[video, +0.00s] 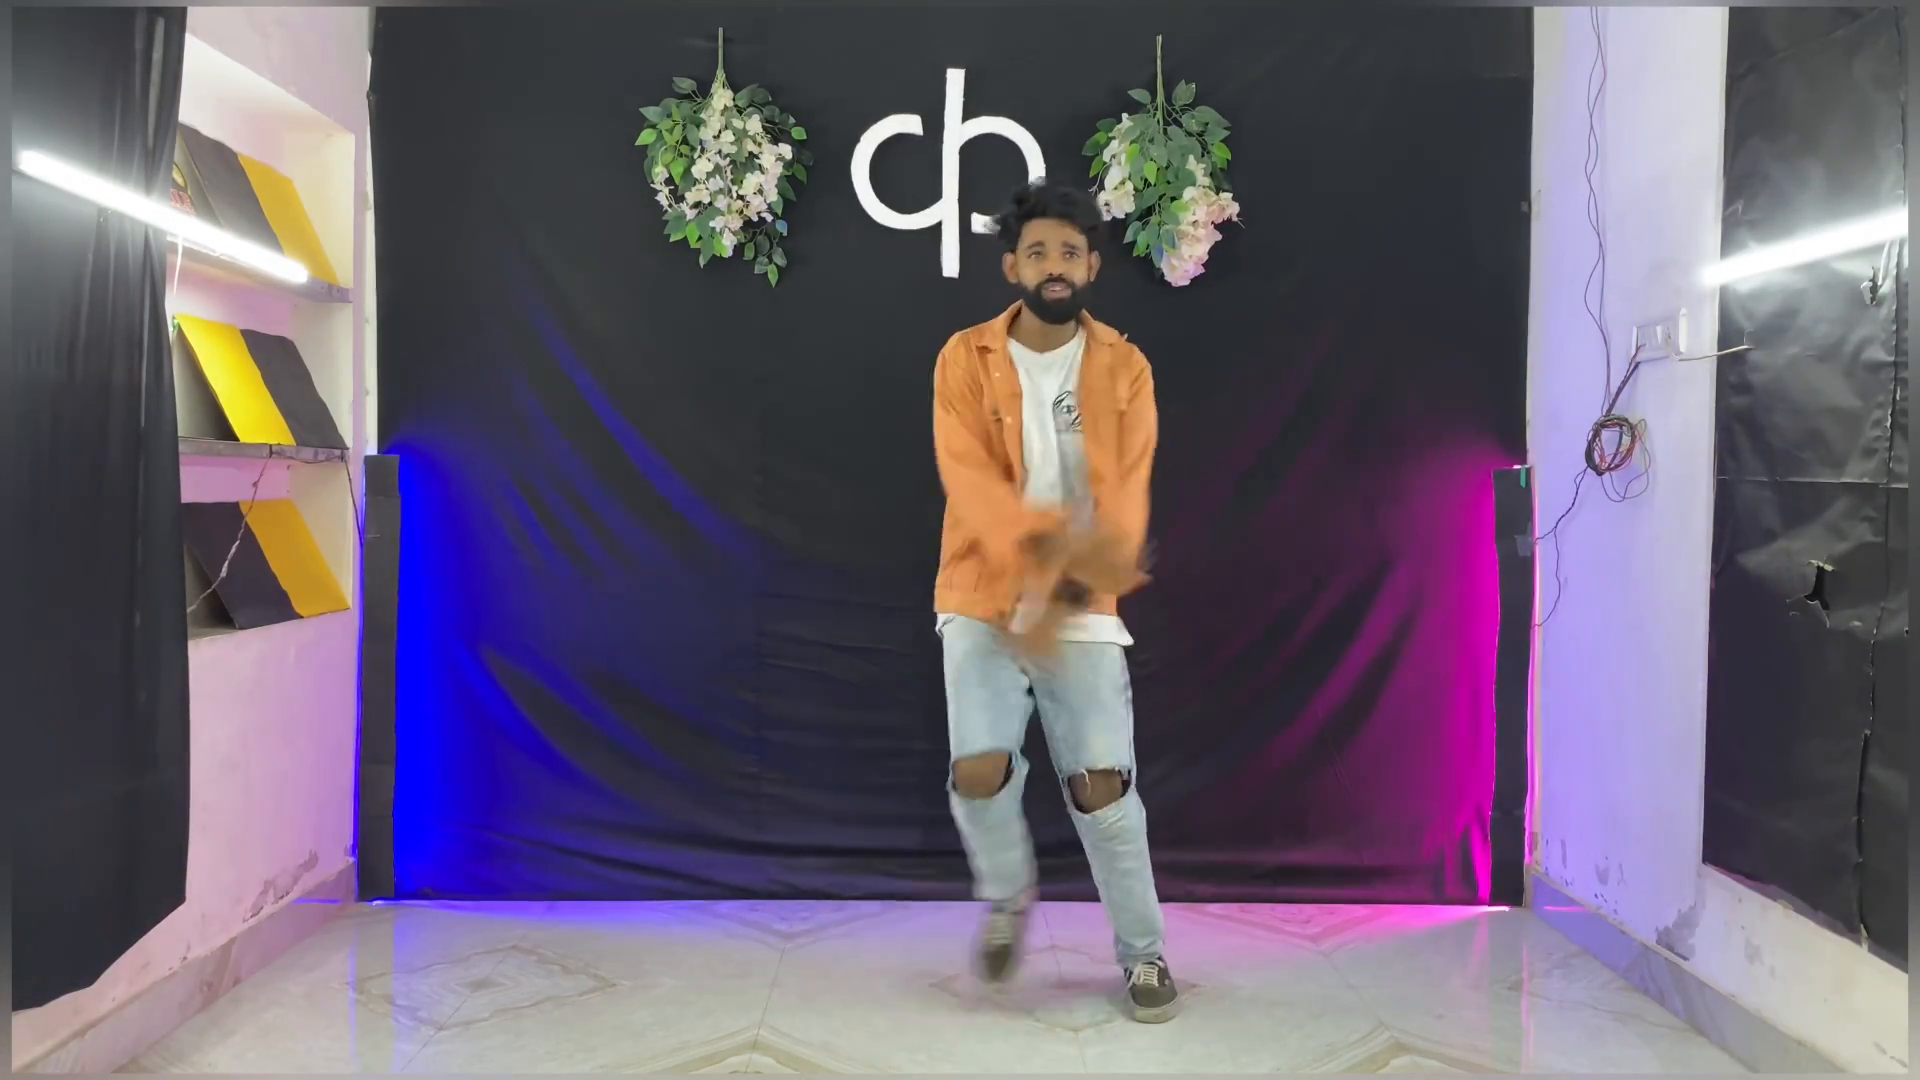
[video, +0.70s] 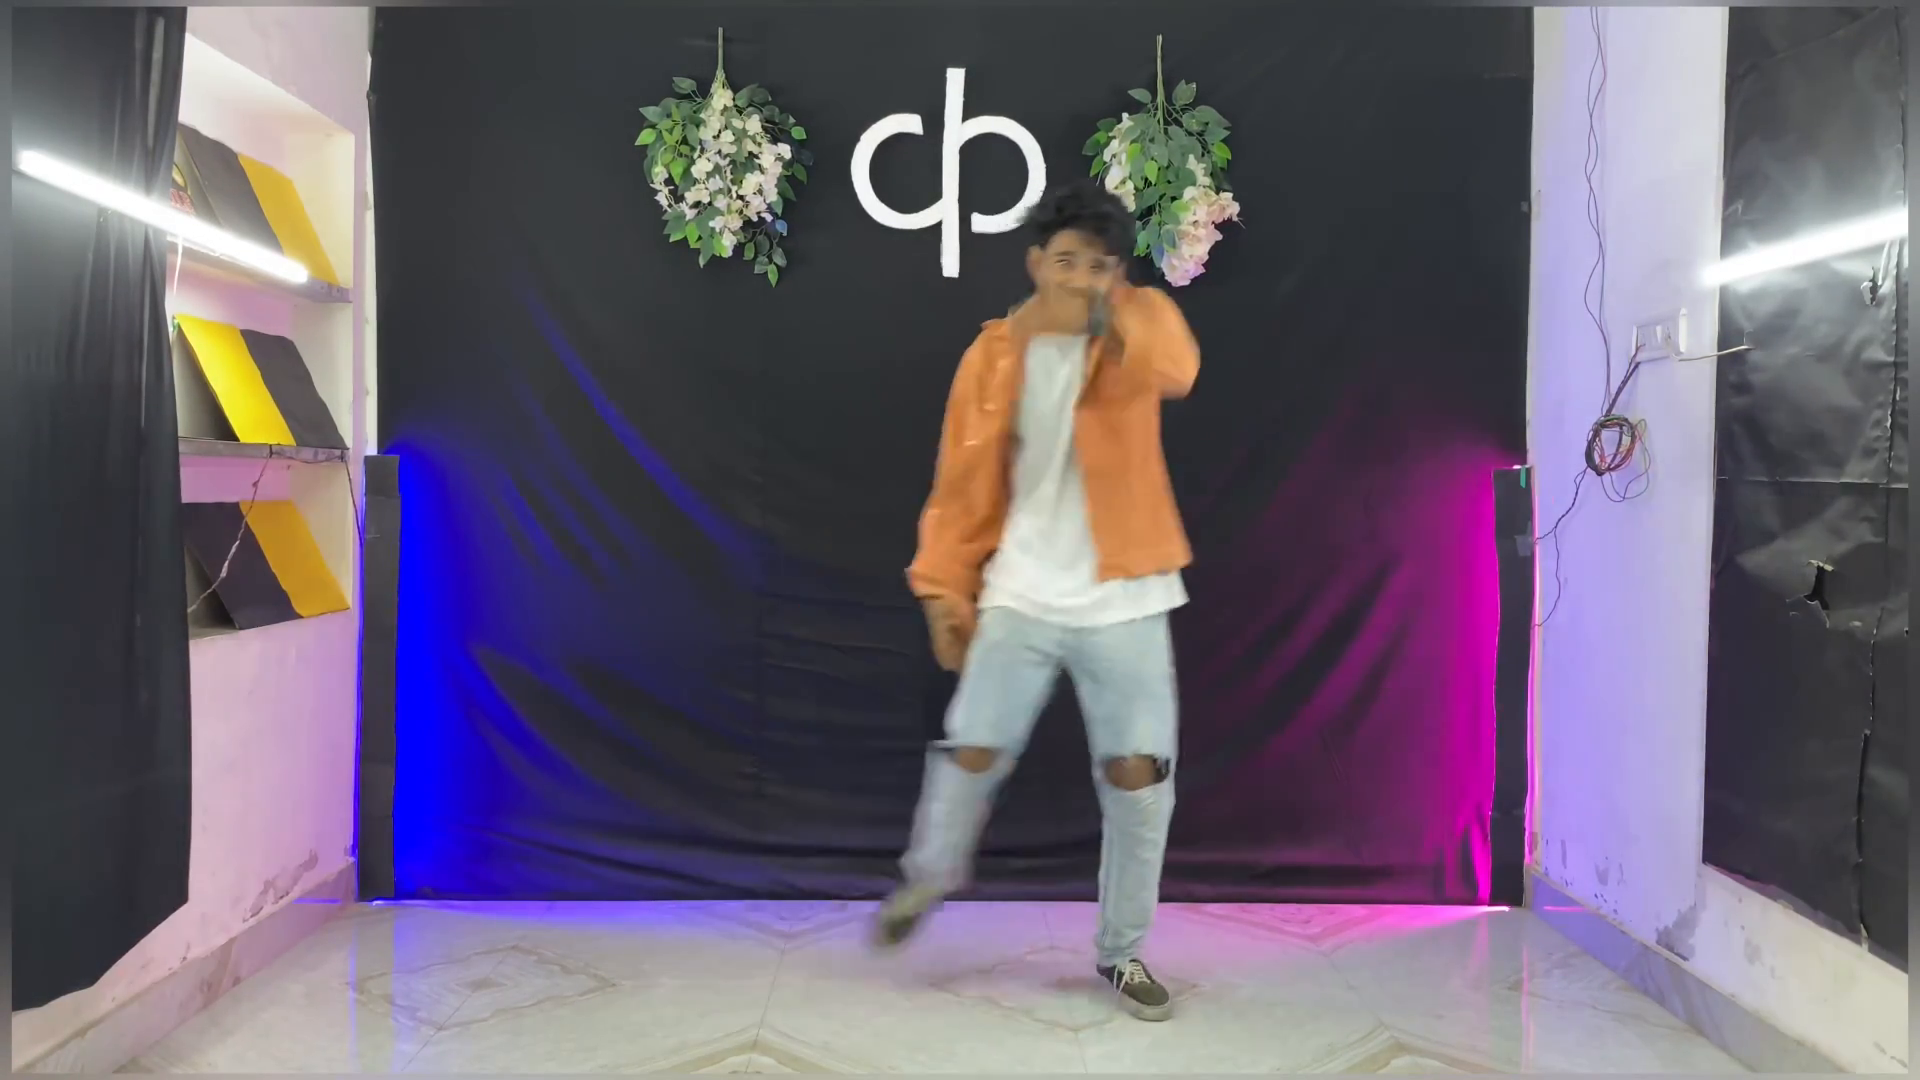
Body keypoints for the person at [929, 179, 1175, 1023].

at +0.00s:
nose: (1054, 268)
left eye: (1071, 253)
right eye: (1036, 253)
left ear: (1093, 267)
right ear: (1010, 263)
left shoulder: (1123, 366)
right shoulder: (965, 358)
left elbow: (1128, 492)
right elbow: (964, 476)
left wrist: (1076, 576)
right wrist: (1040, 536)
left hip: (1083, 602)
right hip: (981, 600)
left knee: (1100, 783)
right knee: (978, 767)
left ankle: (1142, 951)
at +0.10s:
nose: (1024, 279)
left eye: (1039, 264)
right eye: (1005, 267)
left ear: (1066, 277)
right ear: (982, 285)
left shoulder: (1102, 377)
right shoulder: (957, 365)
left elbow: (1088, 502)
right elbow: (977, 472)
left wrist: (974, 522)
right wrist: (1096, 447)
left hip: (1066, 607)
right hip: (968, 599)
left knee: (1099, 785)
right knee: (947, 752)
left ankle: (1143, 953)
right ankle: (1009, 895)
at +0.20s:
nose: (981, 281)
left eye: (1000, 266)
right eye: (966, 266)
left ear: (1033, 280)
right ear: (949, 279)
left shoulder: (1078, 377)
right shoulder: (921, 374)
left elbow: (1104, 517)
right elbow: (894, 497)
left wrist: (1031, 495)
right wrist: (972, 481)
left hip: (1045, 620)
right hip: (942, 607)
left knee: (1067, 795)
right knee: (892, 756)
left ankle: (1136, 953)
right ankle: (848, 935)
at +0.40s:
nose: (920, 330)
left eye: (942, 320)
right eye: (912, 316)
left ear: (978, 340)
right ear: (897, 330)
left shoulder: (1021, 436)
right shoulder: (872, 442)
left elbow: (1093, 549)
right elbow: (822, 570)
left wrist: (1170, 644)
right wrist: (753, 663)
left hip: (963, 704)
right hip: (860, 684)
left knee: (960, 886)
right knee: (791, 836)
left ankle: (1107, 948)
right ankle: (682, 965)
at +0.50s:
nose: (964, 312)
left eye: (983, 299)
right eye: (951, 297)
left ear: (1016, 312)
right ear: (932, 308)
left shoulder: (1057, 405)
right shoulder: (907, 405)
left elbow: (1099, 527)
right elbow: (863, 535)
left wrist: (1127, 642)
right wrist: (821, 650)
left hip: (1006, 675)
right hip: (898, 665)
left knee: (1020, 843)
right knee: (800, 807)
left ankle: (1113, 961)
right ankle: (692, 959)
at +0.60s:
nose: (1025, 288)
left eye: (1044, 273)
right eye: (1010, 271)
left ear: (1073, 280)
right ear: (986, 276)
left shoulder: (1107, 352)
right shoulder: (957, 365)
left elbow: (1131, 447)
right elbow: (917, 492)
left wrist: (1095, 482)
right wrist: (891, 604)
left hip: (1077, 621)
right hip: (965, 613)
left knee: (1102, 792)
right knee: (880, 768)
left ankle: (1116, 956)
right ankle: (771, 933)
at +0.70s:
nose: (1078, 276)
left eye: (1094, 262)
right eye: (1065, 259)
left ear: (1116, 271)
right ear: (1034, 260)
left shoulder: (1140, 331)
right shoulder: (992, 354)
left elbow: (1176, 369)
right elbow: (960, 481)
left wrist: (1119, 297)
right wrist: (943, 590)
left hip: (1125, 600)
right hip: (1020, 597)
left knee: (1139, 774)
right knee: (970, 750)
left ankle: (1123, 950)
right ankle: (925, 882)